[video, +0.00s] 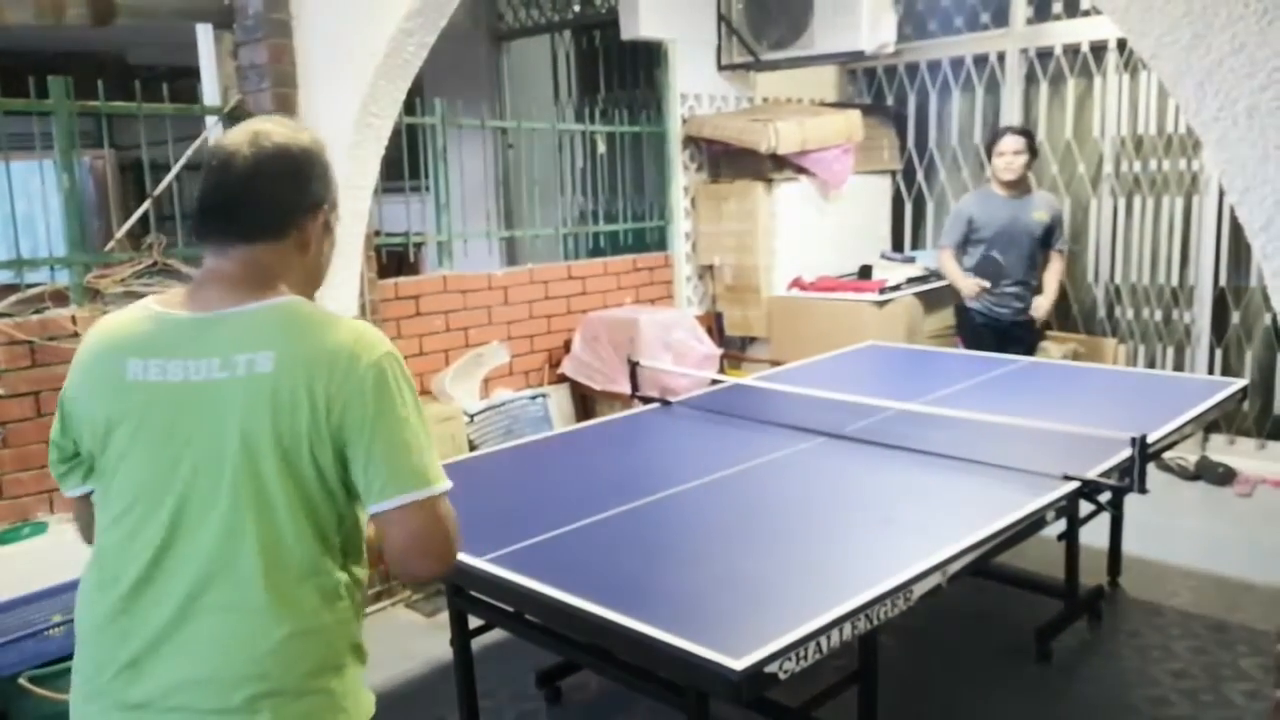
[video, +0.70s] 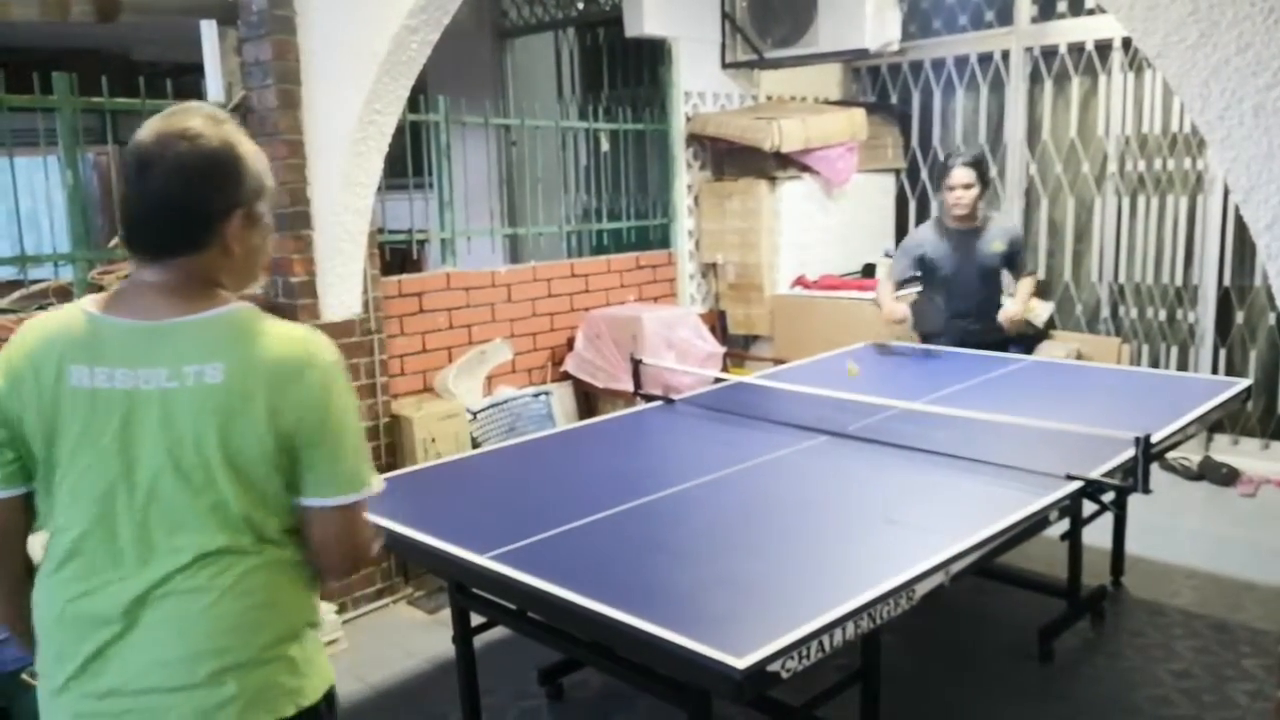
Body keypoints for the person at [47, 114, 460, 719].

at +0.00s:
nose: (331, 246)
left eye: (332, 227)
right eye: (333, 226)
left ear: (205, 225)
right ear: (316, 227)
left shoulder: (105, 345)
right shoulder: (348, 353)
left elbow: (94, 525)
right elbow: (426, 555)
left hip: (113, 698)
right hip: (289, 699)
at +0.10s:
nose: (341, 248)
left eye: (343, 231)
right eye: (344, 229)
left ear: (219, 219)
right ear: (327, 227)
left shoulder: (108, 344)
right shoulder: (358, 348)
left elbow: (68, 523)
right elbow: (454, 537)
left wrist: (173, 507)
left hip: (118, 697)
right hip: (294, 696)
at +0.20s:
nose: (348, 243)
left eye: (350, 224)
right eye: (349, 223)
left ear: (225, 215)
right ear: (325, 223)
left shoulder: (109, 341)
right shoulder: (361, 344)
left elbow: (55, 524)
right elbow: (490, 502)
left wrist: (164, 543)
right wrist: (508, 457)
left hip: (118, 699)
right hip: (290, 699)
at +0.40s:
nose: (334, 234)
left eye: (333, 214)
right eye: (332, 214)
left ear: (205, 215)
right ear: (308, 224)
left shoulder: (96, 347)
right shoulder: (358, 352)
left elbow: (36, 533)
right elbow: (489, 478)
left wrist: (122, 591)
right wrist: (481, 401)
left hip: (106, 701)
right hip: (281, 700)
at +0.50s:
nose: (315, 223)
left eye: (313, 204)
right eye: (311, 206)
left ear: (183, 215)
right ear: (287, 223)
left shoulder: (83, 346)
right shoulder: (345, 353)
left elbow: (23, 533)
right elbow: (449, 501)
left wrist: (99, 603)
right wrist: (448, 425)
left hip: (101, 697)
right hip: (276, 697)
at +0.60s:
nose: (302, 229)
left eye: (301, 208)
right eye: (296, 208)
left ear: (163, 217)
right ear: (263, 222)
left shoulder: (64, 344)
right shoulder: (322, 351)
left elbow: (15, 533)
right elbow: (397, 524)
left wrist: (78, 626)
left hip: (95, 693)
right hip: (267, 692)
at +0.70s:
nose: (272, 234)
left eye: (271, 215)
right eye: (266, 215)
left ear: (130, 222)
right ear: (234, 230)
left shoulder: (35, 349)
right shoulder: (293, 356)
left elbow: (6, 543)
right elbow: (339, 555)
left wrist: (42, 642)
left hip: (79, 686)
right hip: (250, 686)